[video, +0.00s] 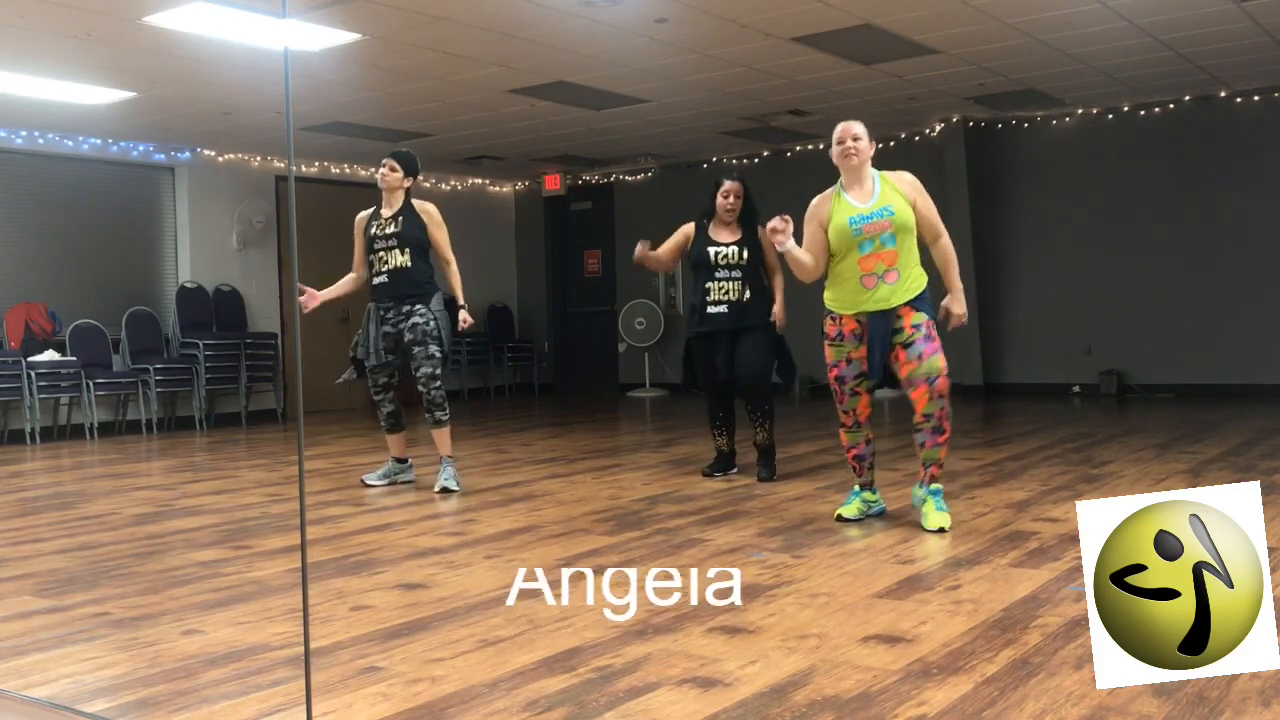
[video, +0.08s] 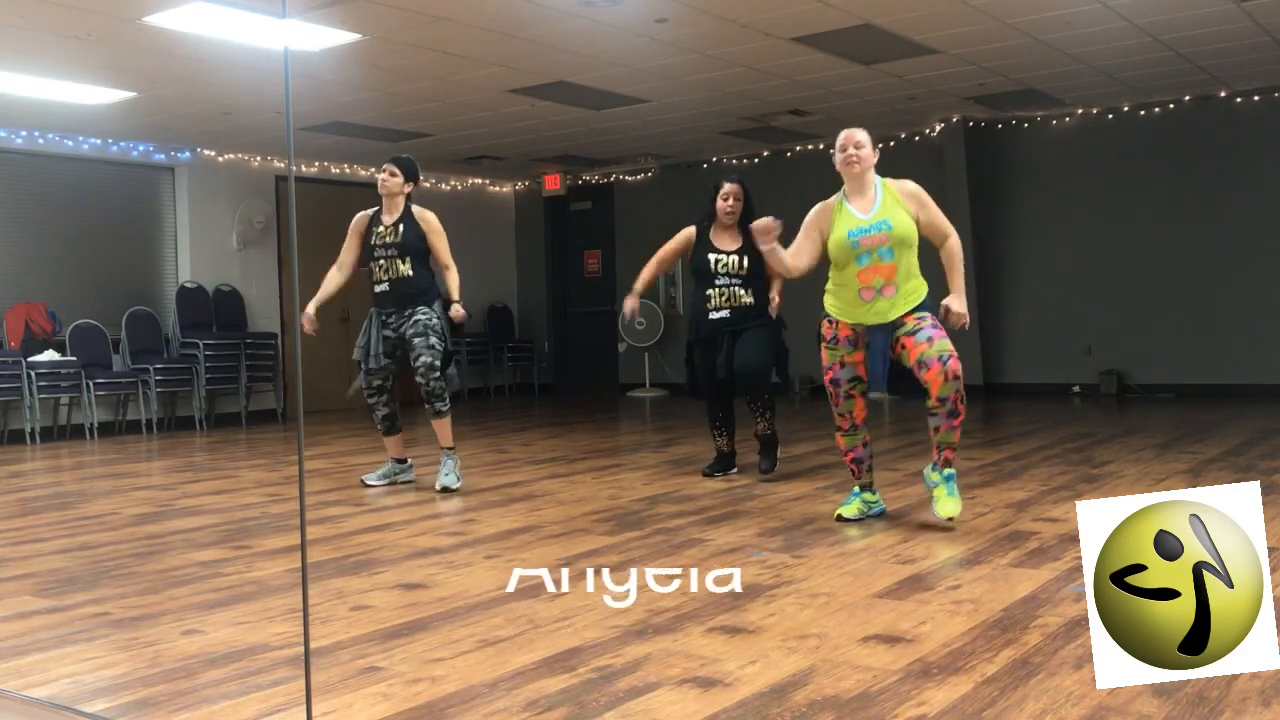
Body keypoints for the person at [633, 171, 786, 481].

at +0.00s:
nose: (730, 201)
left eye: (737, 196)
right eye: (725, 195)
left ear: (744, 202)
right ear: (714, 198)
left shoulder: (758, 232)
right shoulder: (694, 231)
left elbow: (775, 271)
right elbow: (664, 261)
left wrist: (779, 303)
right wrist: (645, 255)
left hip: (753, 328)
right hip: (709, 330)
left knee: (755, 387)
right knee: (716, 392)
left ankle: (766, 456)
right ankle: (725, 456)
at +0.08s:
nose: (731, 204)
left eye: (737, 199)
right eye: (725, 198)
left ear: (744, 204)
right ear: (715, 201)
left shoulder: (757, 235)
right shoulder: (695, 235)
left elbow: (776, 268)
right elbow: (659, 261)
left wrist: (775, 291)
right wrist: (636, 292)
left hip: (754, 328)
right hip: (710, 331)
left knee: (753, 380)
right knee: (716, 393)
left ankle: (767, 445)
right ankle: (725, 456)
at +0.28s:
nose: (722, 198)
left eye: (729, 193)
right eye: (718, 193)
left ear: (743, 198)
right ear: (712, 199)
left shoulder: (764, 236)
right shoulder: (699, 235)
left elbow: (782, 276)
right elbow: (690, 277)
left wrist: (772, 272)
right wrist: (689, 317)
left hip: (757, 330)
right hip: (715, 331)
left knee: (761, 392)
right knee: (720, 393)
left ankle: (774, 458)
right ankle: (725, 456)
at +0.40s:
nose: (721, 195)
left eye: (729, 190)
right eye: (718, 190)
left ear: (743, 195)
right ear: (713, 196)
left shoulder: (762, 230)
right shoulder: (706, 233)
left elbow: (788, 264)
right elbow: (710, 275)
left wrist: (773, 276)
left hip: (759, 329)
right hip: (717, 330)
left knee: (764, 392)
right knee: (717, 392)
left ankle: (775, 459)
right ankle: (724, 455)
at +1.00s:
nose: (718, 199)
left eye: (725, 195)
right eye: (714, 194)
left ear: (738, 201)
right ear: (709, 200)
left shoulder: (757, 234)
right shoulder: (695, 235)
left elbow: (792, 260)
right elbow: (662, 256)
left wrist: (781, 297)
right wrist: (637, 282)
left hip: (753, 328)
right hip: (711, 330)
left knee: (744, 378)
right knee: (716, 390)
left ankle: (769, 444)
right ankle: (723, 457)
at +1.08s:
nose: (718, 198)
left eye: (725, 193)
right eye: (715, 193)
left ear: (740, 198)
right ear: (710, 198)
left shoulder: (758, 231)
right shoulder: (697, 230)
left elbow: (793, 258)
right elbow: (665, 262)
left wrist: (775, 288)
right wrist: (636, 290)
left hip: (751, 326)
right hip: (710, 329)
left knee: (745, 379)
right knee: (715, 391)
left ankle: (770, 447)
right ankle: (723, 457)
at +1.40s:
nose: (723, 201)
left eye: (729, 195)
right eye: (721, 196)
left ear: (747, 196)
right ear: (721, 200)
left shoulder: (768, 230)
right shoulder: (723, 229)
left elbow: (776, 277)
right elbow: (725, 275)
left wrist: (752, 253)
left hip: (761, 327)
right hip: (721, 326)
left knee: (764, 389)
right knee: (710, 386)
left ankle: (775, 459)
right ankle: (720, 452)